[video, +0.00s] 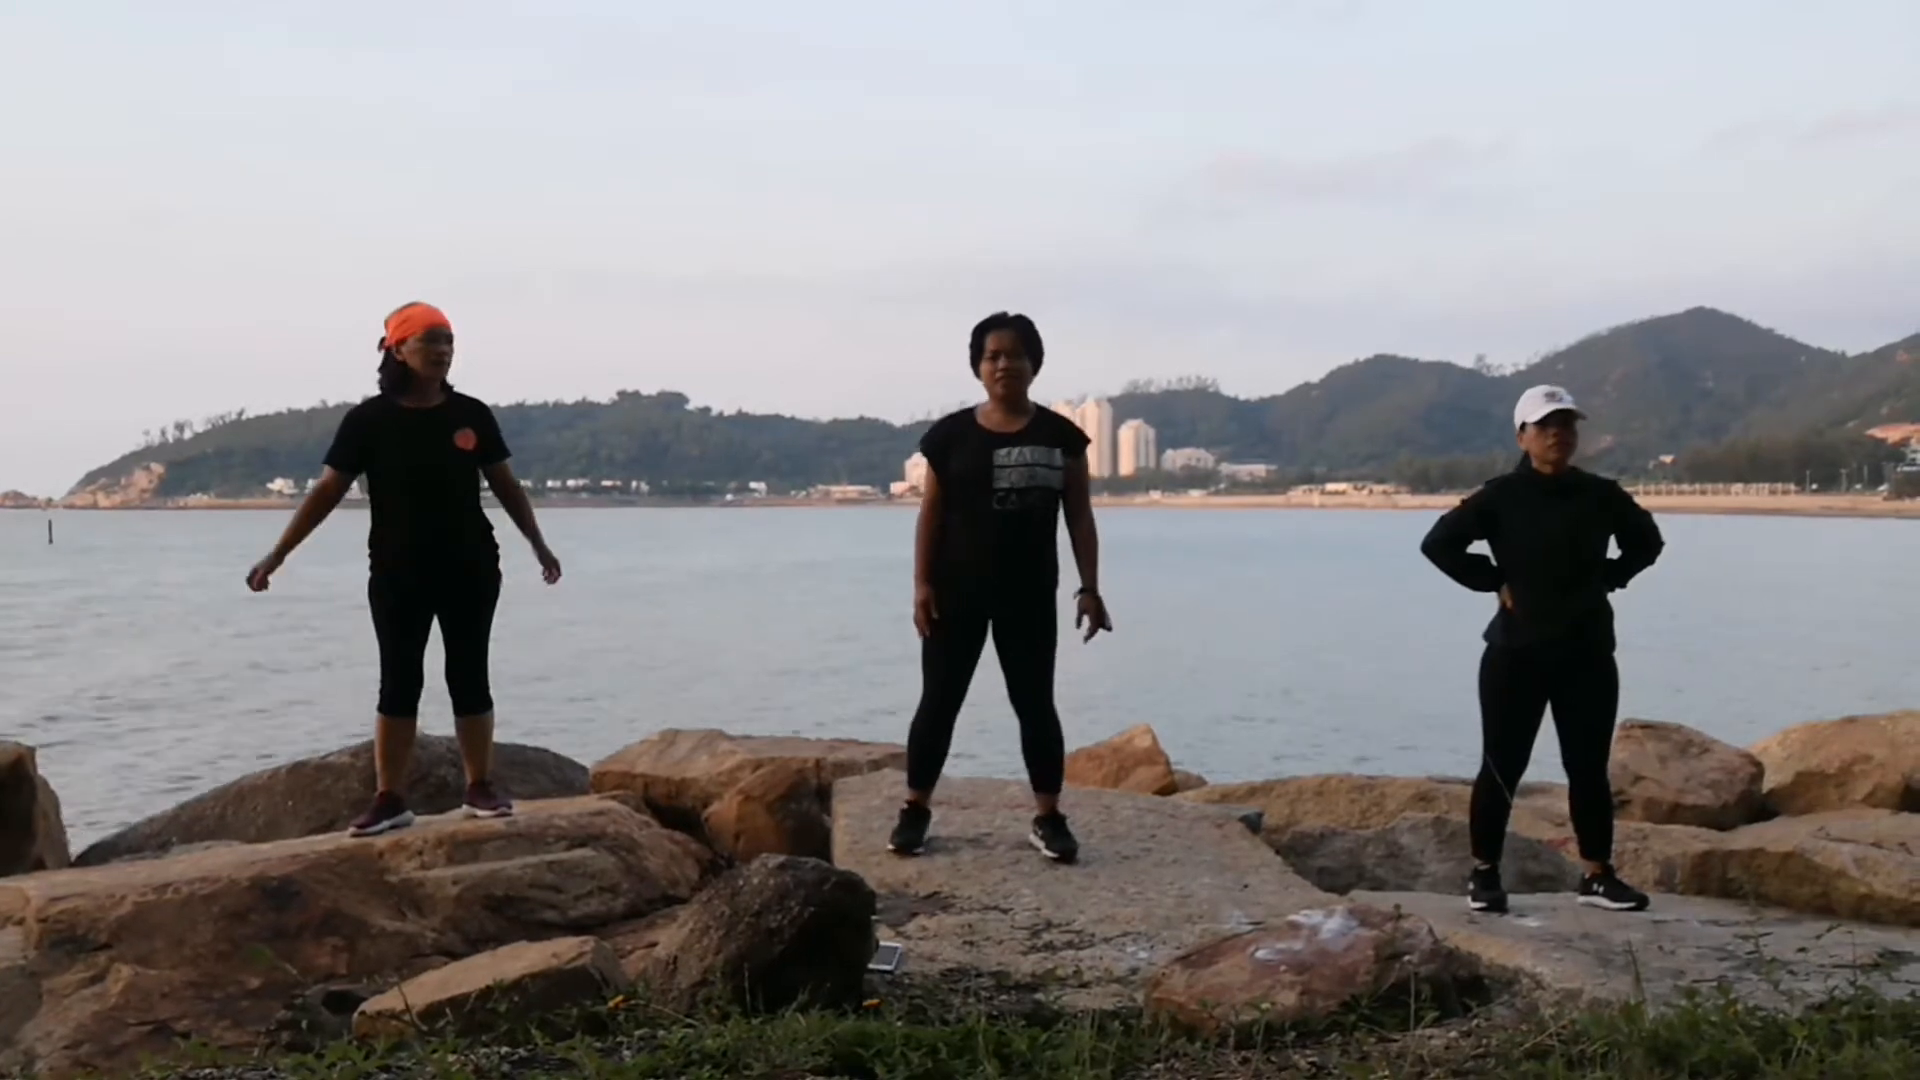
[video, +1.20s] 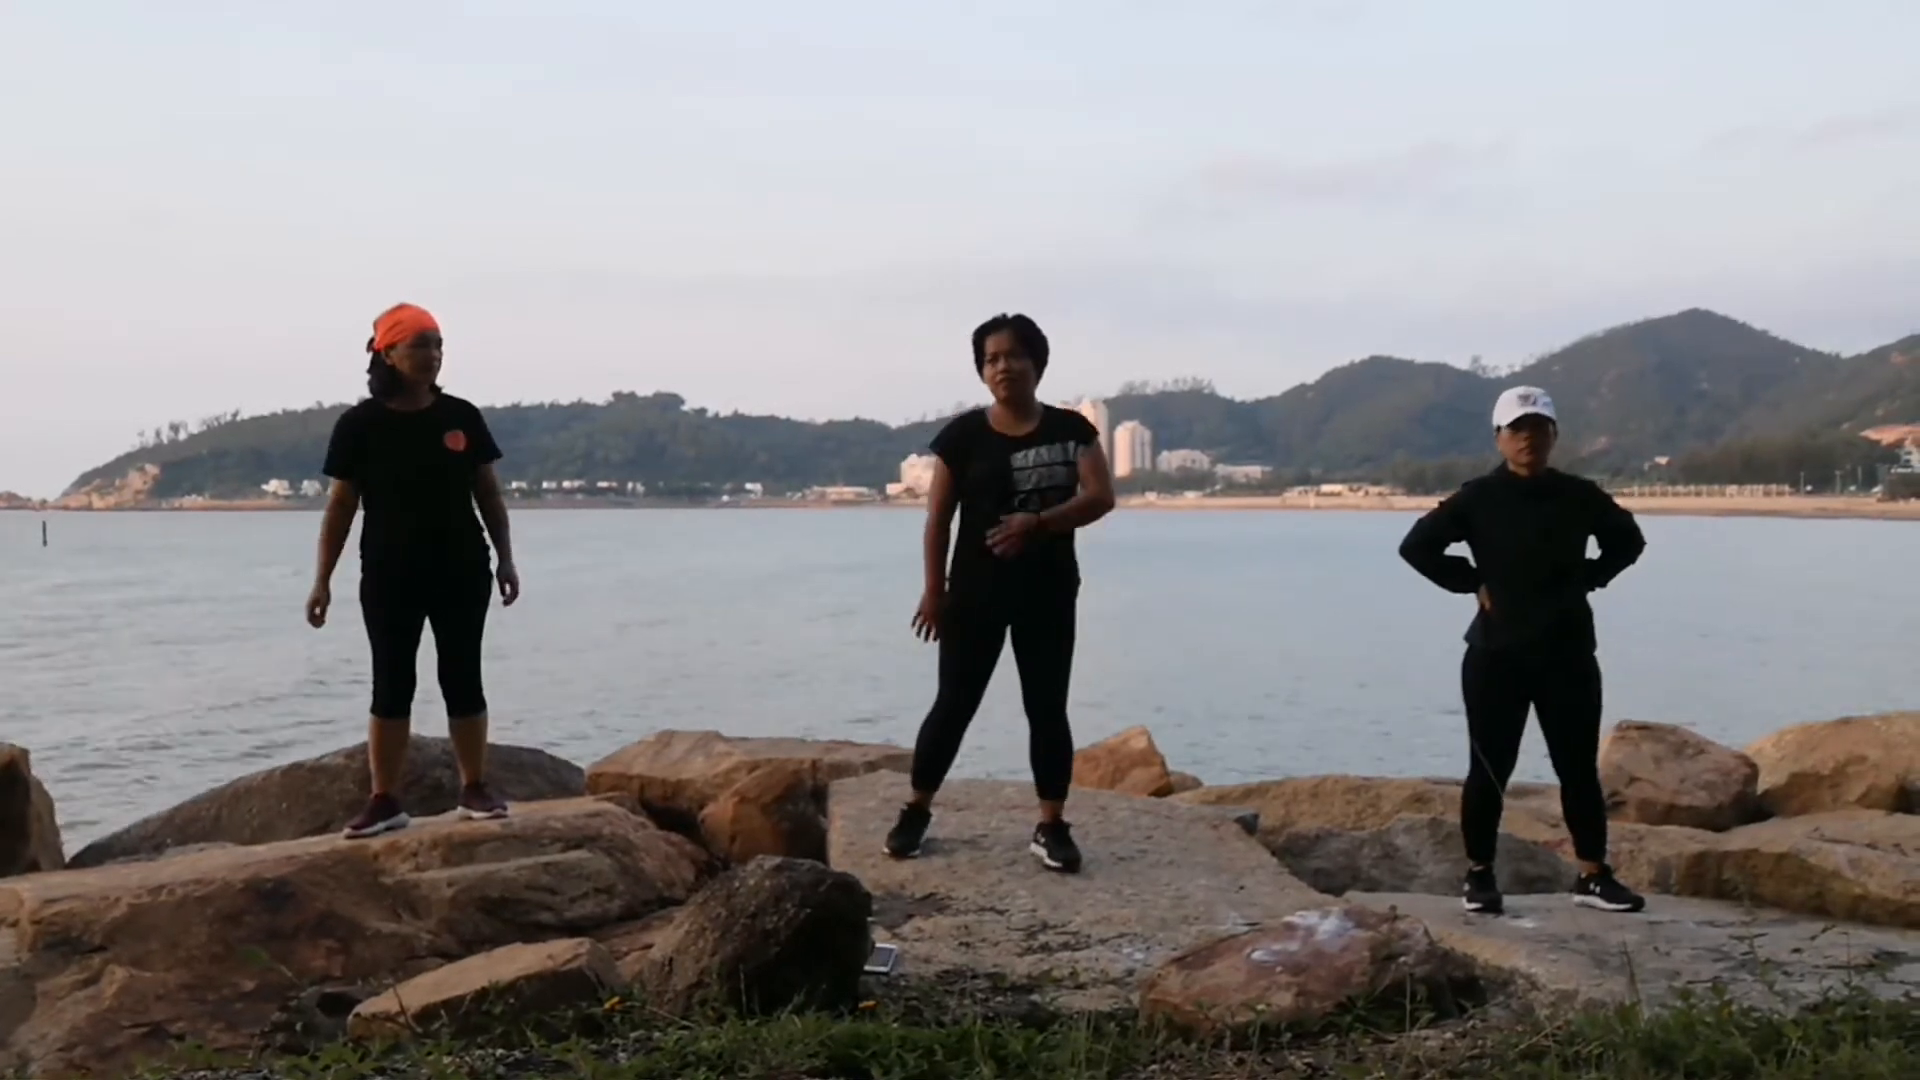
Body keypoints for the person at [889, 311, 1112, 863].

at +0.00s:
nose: (1002, 367)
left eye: (1014, 357)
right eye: (992, 358)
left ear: (1034, 365)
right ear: (978, 367)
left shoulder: (1062, 437)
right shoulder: (948, 437)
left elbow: (1079, 517)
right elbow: (929, 517)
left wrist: (1089, 586)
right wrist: (922, 585)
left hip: (1029, 595)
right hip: (958, 594)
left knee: (1036, 707)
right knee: (938, 703)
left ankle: (1049, 815)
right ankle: (915, 810)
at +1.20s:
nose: (1003, 368)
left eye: (1015, 357)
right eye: (992, 360)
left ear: (1037, 363)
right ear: (981, 370)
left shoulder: (1072, 430)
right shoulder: (962, 436)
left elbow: (1100, 498)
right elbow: (938, 519)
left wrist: (1039, 522)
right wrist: (933, 589)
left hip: (1047, 595)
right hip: (977, 593)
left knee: (1049, 710)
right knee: (953, 705)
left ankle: (1052, 824)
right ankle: (917, 809)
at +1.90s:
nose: (995, 368)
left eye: (1008, 358)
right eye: (986, 358)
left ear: (1027, 369)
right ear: (969, 368)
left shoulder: (1046, 434)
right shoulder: (942, 431)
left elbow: (1029, 496)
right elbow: (934, 515)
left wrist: (958, 477)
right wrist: (939, 589)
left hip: (1017, 593)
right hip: (950, 588)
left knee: (1029, 711)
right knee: (928, 706)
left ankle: (1047, 824)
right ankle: (906, 814)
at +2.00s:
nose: (978, 367)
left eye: (992, 359)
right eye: (968, 357)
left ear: (1009, 372)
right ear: (953, 368)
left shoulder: (1029, 433)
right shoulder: (926, 432)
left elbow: (1018, 500)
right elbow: (918, 518)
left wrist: (943, 481)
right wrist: (926, 590)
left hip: (1000, 591)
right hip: (931, 587)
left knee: (1018, 712)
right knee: (918, 708)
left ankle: (1045, 824)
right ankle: (905, 816)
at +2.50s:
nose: (948, 370)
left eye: (957, 360)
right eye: (936, 361)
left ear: (973, 368)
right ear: (916, 371)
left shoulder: (1001, 437)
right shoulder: (888, 445)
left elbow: (1023, 519)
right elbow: (874, 527)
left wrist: (992, 571)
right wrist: (881, 592)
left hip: (979, 594)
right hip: (910, 598)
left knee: (1011, 709)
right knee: (907, 714)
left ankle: (1046, 817)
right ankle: (902, 817)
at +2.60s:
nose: (959, 372)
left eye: (968, 362)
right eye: (947, 363)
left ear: (984, 371)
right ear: (926, 375)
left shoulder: (1015, 441)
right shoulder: (899, 448)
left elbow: (1041, 525)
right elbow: (880, 528)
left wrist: (1027, 589)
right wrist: (872, 594)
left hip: (992, 599)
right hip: (920, 602)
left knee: (1017, 716)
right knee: (912, 714)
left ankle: (1047, 824)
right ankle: (902, 817)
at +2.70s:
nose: (970, 372)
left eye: (980, 362)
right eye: (958, 364)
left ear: (997, 370)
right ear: (941, 376)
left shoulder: (1033, 441)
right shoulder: (917, 450)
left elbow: (1056, 521)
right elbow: (895, 528)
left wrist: (1055, 591)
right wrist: (875, 596)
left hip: (1009, 602)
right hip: (935, 604)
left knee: (1027, 717)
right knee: (921, 713)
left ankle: (1051, 826)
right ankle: (903, 817)